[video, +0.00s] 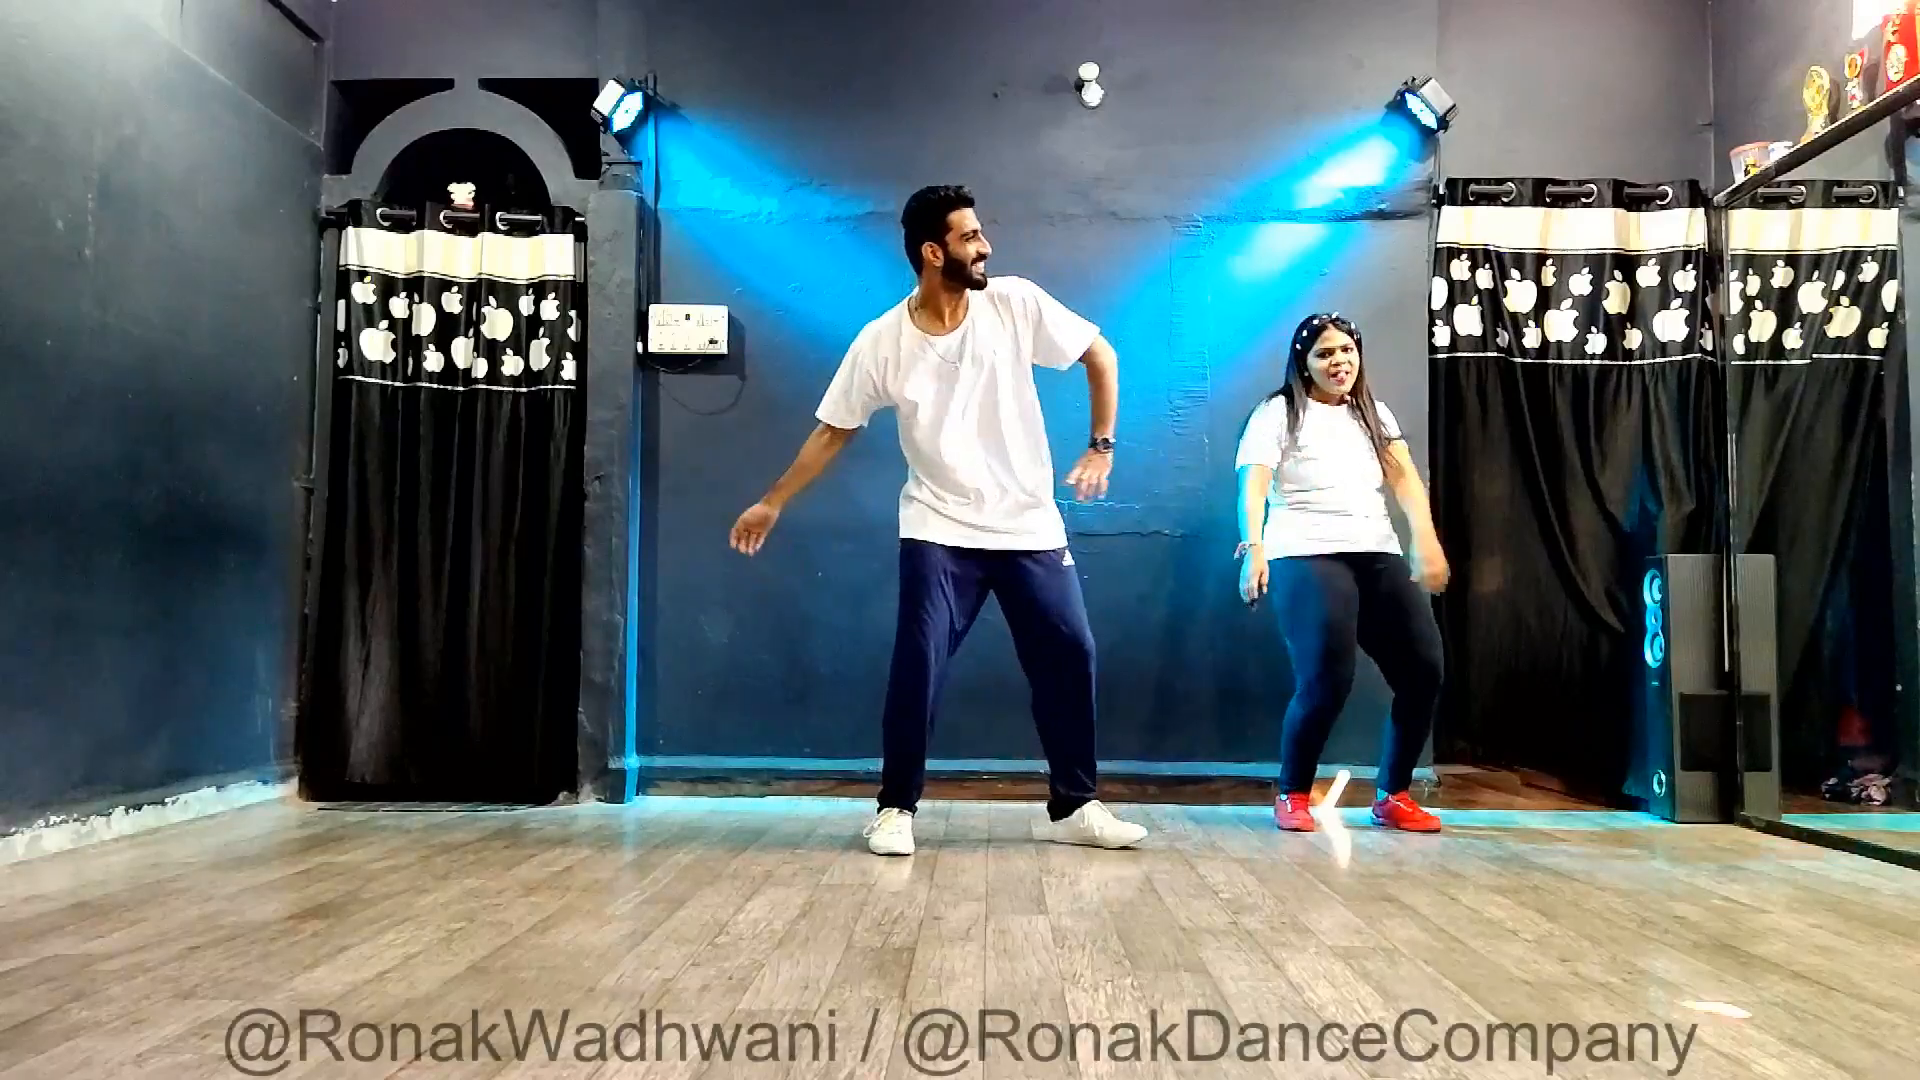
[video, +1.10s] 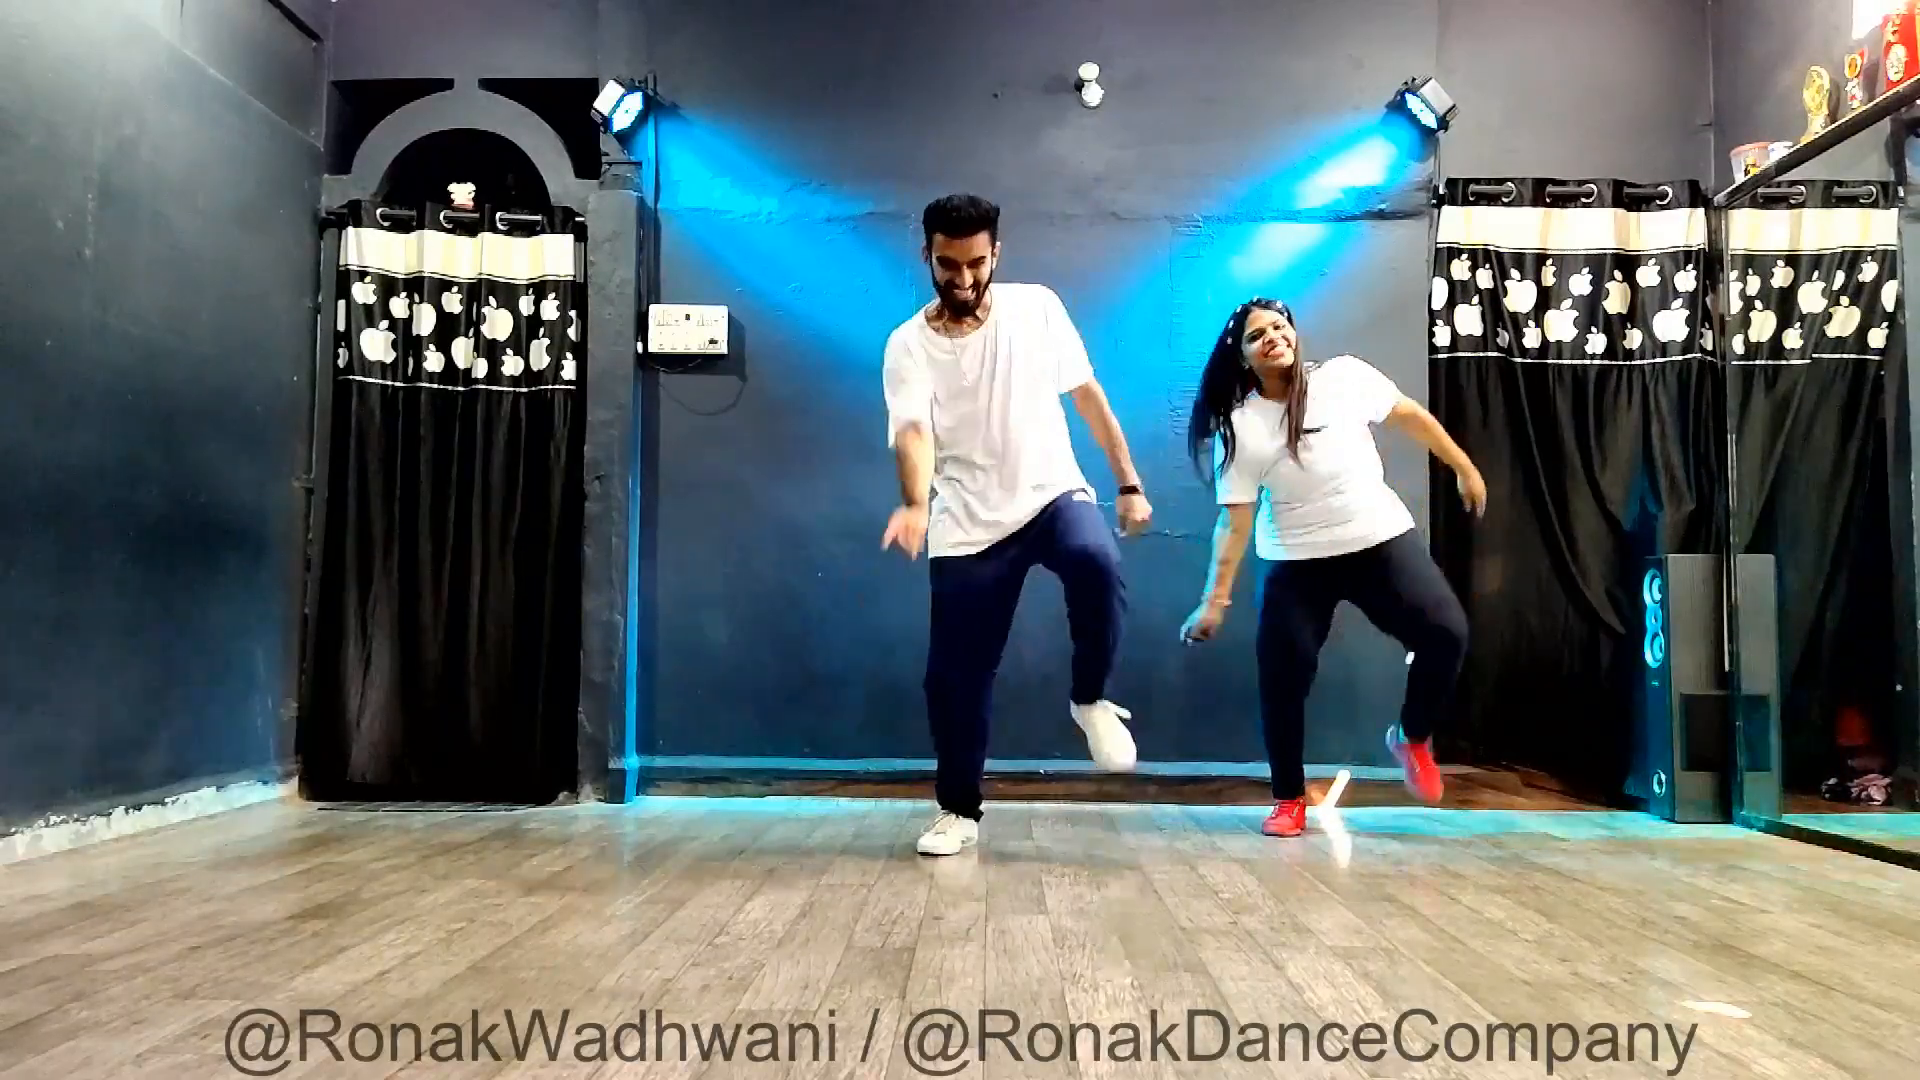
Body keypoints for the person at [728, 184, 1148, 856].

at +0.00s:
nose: (984, 244)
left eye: (981, 232)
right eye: (968, 236)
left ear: (953, 248)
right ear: (928, 254)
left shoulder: (1015, 303)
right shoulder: (881, 344)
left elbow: (1099, 354)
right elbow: (833, 430)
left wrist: (1102, 444)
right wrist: (772, 502)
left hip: (1028, 516)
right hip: (939, 520)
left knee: (1072, 645)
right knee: (920, 652)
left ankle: (1073, 804)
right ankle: (896, 808)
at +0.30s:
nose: (1038, 235)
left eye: (1041, 224)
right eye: (1024, 225)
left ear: (1041, 232)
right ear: (985, 238)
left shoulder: (1068, 295)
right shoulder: (948, 324)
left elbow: (1091, 378)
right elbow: (923, 419)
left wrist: (1092, 455)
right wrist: (888, 499)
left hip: (1073, 517)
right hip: (988, 519)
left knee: (1091, 663)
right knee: (961, 661)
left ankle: (1100, 801)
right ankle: (940, 812)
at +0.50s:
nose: (1051, 238)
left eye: (1064, 228)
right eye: (1038, 226)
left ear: (1078, 239)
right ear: (1016, 235)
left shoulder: (1104, 311)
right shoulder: (985, 320)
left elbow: (1074, 405)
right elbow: (994, 409)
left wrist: (980, 434)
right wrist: (997, 456)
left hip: (1086, 523)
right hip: (1007, 522)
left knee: (1095, 673)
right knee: (977, 666)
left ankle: (1107, 804)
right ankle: (944, 810)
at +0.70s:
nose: (1058, 233)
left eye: (1071, 223)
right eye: (1046, 222)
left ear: (1088, 235)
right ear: (1026, 232)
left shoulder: (1107, 299)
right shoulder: (994, 309)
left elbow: (1074, 356)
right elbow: (940, 390)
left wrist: (1005, 318)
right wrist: (881, 459)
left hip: (1085, 509)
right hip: (1006, 505)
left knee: (1094, 661)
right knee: (972, 635)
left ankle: (1107, 801)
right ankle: (970, 795)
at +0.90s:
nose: (992, 248)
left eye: (1005, 235)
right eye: (978, 236)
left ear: (1025, 236)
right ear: (960, 242)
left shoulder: (1052, 270)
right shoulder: (940, 323)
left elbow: (1122, 300)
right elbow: (905, 394)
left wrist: (1056, 372)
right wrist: (871, 454)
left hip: (1077, 508)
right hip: (992, 515)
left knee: (1096, 661)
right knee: (963, 649)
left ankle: (1108, 800)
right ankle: (957, 803)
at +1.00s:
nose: (972, 287)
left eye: (983, 270)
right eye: (956, 274)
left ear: (1002, 253)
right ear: (935, 263)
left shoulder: (1044, 297)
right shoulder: (914, 352)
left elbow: (1109, 369)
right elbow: (908, 452)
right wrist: (893, 542)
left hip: (1068, 514)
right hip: (977, 530)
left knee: (1111, 643)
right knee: (959, 669)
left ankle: (1115, 775)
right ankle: (957, 812)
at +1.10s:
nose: (963, 279)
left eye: (975, 265)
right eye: (949, 265)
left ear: (995, 255)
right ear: (929, 258)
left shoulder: (1036, 308)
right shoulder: (908, 344)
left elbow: (1086, 395)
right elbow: (913, 430)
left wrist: (1129, 483)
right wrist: (915, 503)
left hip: (1053, 495)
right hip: (967, 519)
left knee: (1094, 558)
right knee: (955, 674)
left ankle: (1092, 701)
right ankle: (959, 812)